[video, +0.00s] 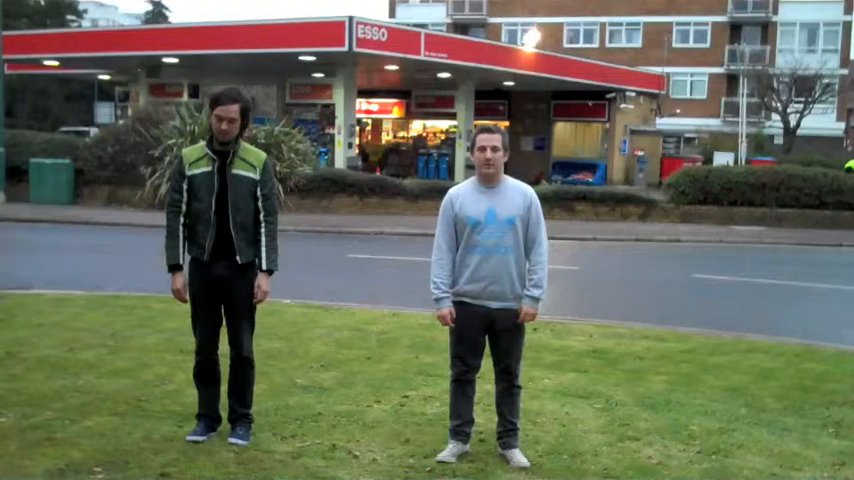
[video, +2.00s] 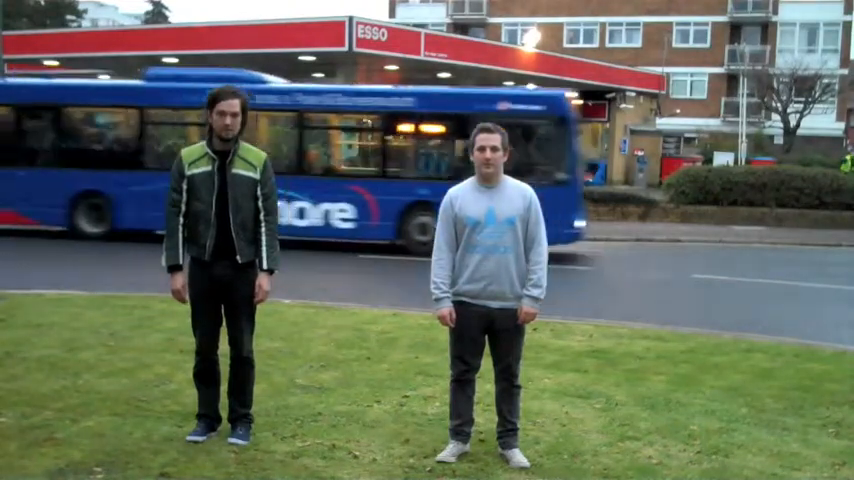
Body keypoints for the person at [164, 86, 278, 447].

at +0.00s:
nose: (224, 125)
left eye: (231, 120)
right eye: (219, 118)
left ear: (243, 123)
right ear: (210, 118)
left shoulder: (259, 163)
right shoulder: (188, 160)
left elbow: (268, 219)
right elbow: (174, 216)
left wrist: (266, 270)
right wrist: (176, 269)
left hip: (243, 270)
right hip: (202, 268)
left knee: (241, 350)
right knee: (205, 349)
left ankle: (241, 421)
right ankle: (207, 420)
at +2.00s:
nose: (230, 121)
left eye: (236, 115)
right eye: (223, 114)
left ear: (244, 119)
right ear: (210, 116)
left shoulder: (258, 162)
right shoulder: (187, 159)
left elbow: (268, 218)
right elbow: (174, 215)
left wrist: (266, 269)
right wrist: (175, 268)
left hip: (243, 269)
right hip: (201, 268)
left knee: (242, 350)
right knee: (205, 349)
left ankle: (241, 421)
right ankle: (206, 419)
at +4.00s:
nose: (219, 127)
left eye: (227, 122)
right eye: (215, 120)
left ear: (240, 124)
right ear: (207, 120)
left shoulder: (259, 164)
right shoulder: (186, 160)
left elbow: (268, 221)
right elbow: (174, 216)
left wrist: (264, 272)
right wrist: (176, 269)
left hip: (241, 271)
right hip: (200, 269)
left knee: (241, 350)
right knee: (203, 350)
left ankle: (240, 421)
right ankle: (206, 419)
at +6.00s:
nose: (212, 125)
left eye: (220, 120)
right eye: (211, 119)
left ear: (241, 123)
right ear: (209, 119)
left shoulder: (266, 165)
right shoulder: (195, 158)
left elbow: (272, 222)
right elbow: (178, 212)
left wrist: (266, 274)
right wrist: (172, 264)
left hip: (245, 271)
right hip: (205, 267)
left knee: (244, 351)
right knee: (189, 340)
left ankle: (240, 420)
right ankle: (202, 415)